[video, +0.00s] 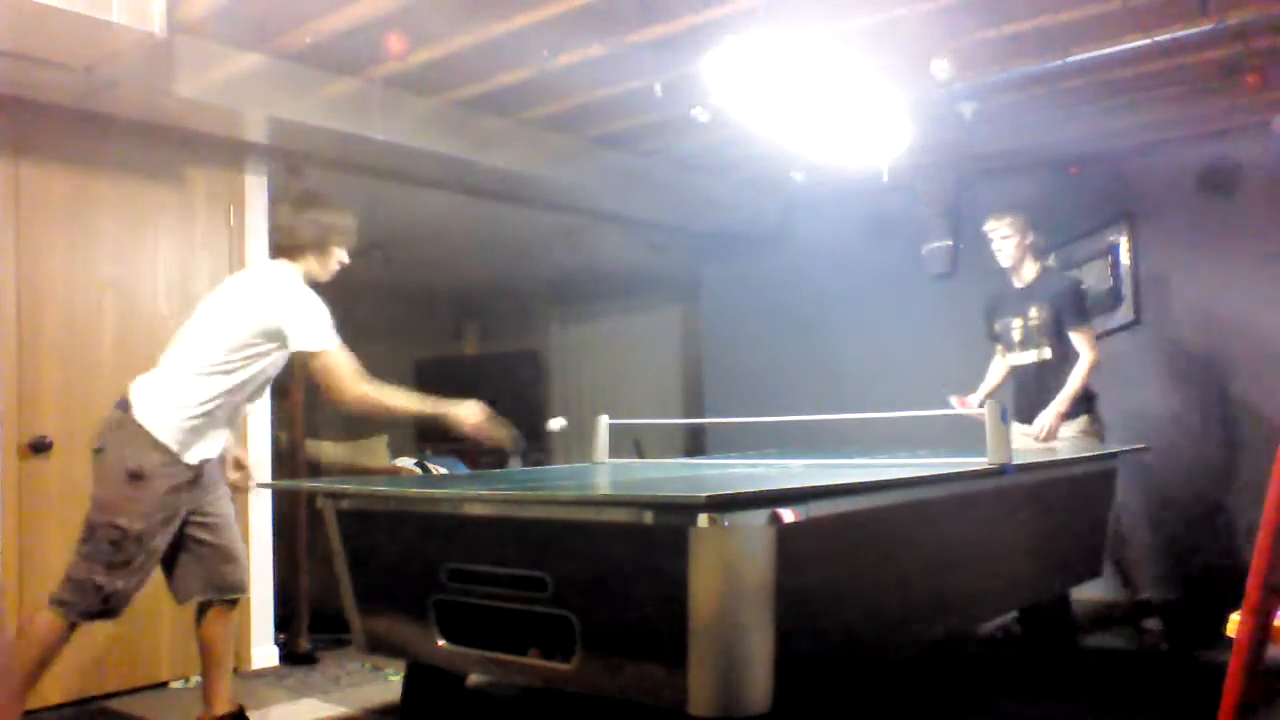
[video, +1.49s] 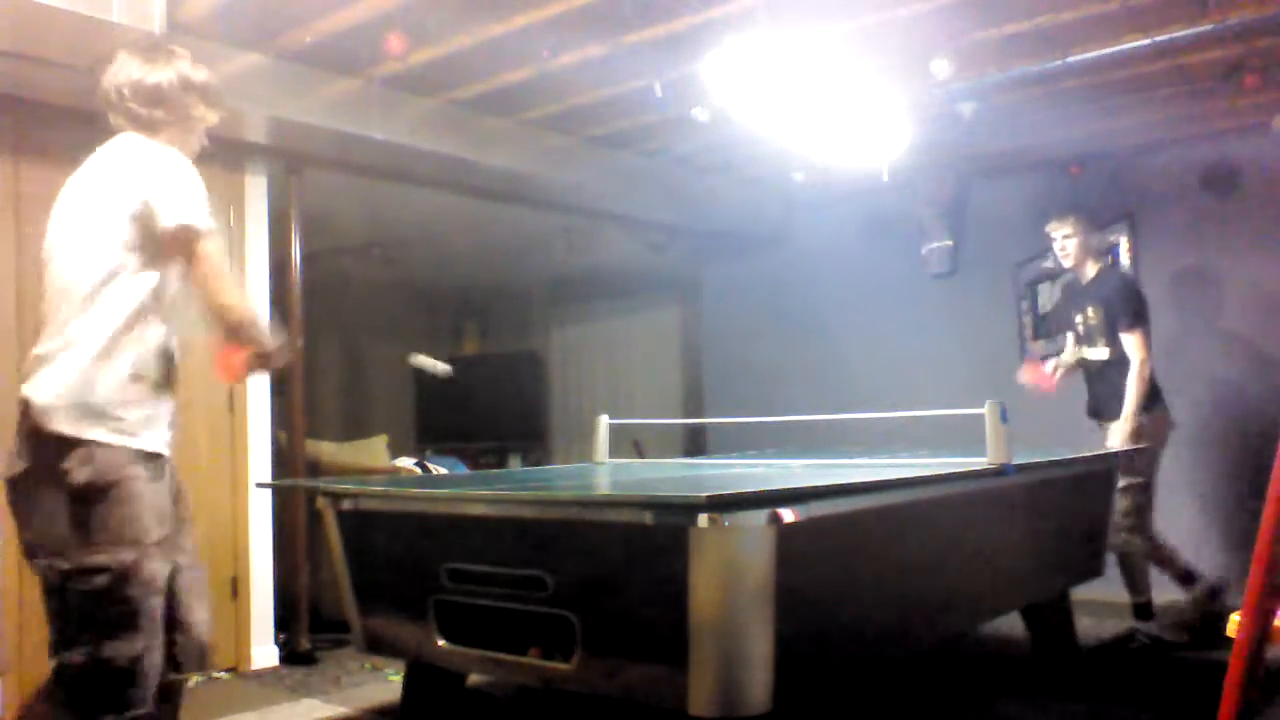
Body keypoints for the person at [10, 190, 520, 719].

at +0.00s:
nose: (345, 263)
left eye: (347, 252)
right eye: (341, 250)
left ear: (295, 242)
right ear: (314, 244)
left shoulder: (256, 284)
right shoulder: (292, 295)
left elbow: (206, 372)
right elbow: (352, 391)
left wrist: (231, 449)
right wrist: (448, 409)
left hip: (195, 454)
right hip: (149, 442)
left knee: (221, 582)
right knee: (86, 587)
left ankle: (219, 708)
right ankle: (8, 699)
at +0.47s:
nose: (311, 200)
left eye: (308, 190)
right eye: (303, 190)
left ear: (257, 197)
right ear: (278, 198)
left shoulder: (243, 250)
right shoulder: (253, 247)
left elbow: (195, 344)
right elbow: (271, 361)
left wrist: (229, 453)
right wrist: (374, 368)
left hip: (208, 443)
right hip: (168, 429)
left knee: (230, 585)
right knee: (128, 588)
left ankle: (224, 710)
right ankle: (35, 710)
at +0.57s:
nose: (293, 193)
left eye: (290, 181)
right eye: (285, 181)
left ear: (236, 186)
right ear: (260, 187)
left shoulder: (242, 249)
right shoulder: (224, 242)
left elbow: (210, 368)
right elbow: (180, 358)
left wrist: (231, 456)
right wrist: (286, 405)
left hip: (202, 451)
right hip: (159, 437)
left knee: (222, 592)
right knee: (126, 606)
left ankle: (222, 708)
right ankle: (65, 715)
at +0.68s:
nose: (267, 187)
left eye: (265, 172)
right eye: (258, 173)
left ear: (213, 181)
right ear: (231, 182)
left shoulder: (228, 256)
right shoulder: (177, 240)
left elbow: (200, 365)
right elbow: (92, 344)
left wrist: (227, 434)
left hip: (196, 459)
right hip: (141, 454)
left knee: (216, 604)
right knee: (125, 629)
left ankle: (218, 709)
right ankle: (66, 717)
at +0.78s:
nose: (242, 172)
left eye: (240, 156)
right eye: (235, 157)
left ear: (187, 160)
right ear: (206, 161)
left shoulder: (198, 242)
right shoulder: (128, 225)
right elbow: (31, 324)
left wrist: (193, 426)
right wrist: (111, 410)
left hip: (181, 448)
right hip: (121, 446)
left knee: (209, 595)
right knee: (117, 627)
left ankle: (207, 708)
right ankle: (65, 712)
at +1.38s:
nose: (215, 130)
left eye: (216, 115)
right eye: (208, 112)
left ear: (155, 114)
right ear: (168, 111)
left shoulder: (151, 198)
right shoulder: (108, 185)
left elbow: (120, 326)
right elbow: (92, 321)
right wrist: (204, 386)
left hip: (148, 464)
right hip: (79, 467)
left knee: (174, 654)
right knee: (83, 675)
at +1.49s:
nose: (207, 132)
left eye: (207, 117)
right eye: (202, 118)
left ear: (131, 106)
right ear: (174, 107)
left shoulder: (93, 175)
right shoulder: (159, 165)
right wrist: (260, 339)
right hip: (98, 443)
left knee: (177, 646)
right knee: (116, 668)